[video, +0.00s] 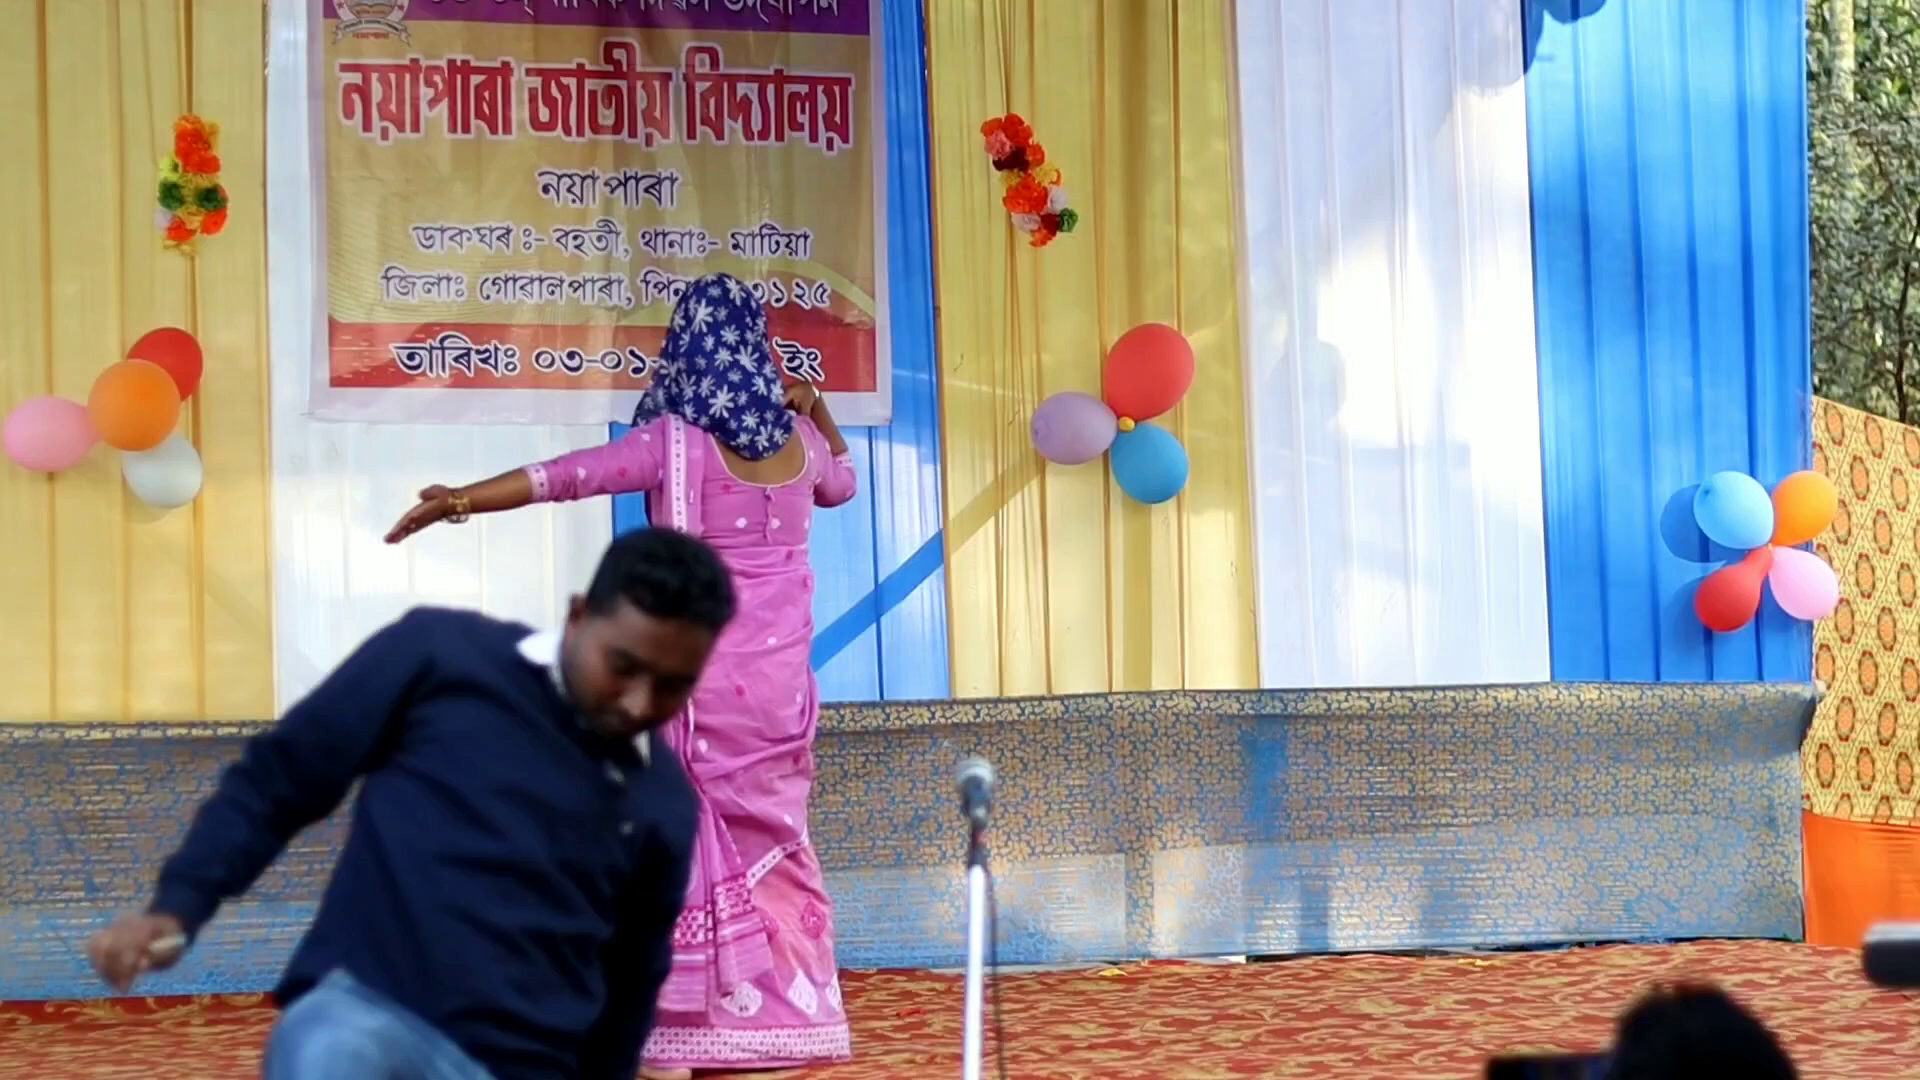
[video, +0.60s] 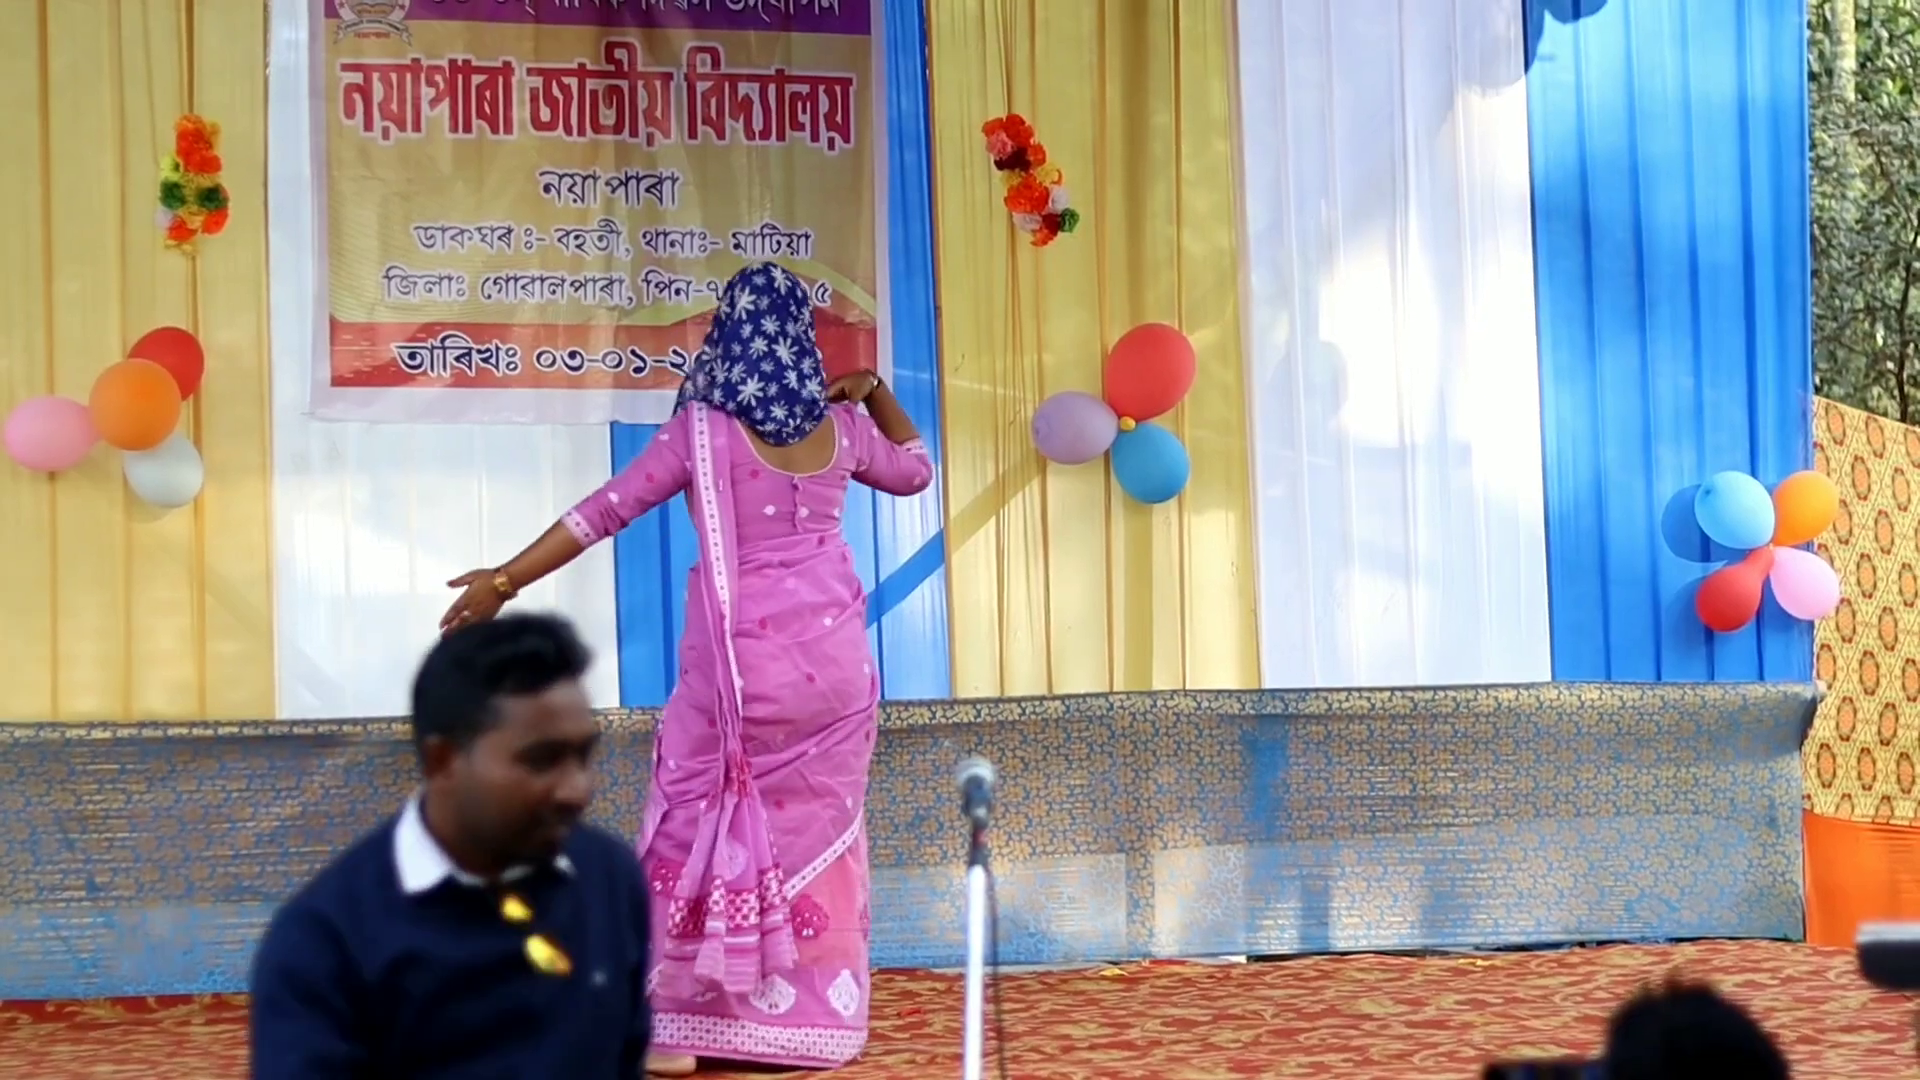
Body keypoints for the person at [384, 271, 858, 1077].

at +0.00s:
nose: (666, 362)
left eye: (672, 349)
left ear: (681, 355)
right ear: (756, 353)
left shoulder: (670, 443)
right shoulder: (796, 444)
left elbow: (564, 476)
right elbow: (841, 486)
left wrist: (462, 498)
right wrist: (816, 414)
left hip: (701, 670)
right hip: (784, 673)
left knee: (690, 841)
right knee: (781, 837)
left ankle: (702, 1019)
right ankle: (799, 1010)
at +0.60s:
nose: (707, 340)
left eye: (716, 329)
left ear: (726, 340)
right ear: (803, 340)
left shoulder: (702, 429)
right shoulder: (839, 428)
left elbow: (609, 508)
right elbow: (914, 474)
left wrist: (506, 579)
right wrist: (878, 395)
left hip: (737, 663)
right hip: (835, 659)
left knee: (697, 817)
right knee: (822, 827)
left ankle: (698, 1015)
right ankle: (810, 1018)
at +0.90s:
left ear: (730, 377)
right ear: (818, 383)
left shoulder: (687, 458)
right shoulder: (841, 474)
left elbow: (616, 538)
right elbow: (940, 544)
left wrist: (574, 520)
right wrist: (969, 479)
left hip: (726, 677)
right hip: (828, 675)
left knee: (736, 834)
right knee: (821, 840)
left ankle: (736, 1015)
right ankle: (814, 1023)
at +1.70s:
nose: (614, 356)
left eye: (620, 345)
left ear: (627, 358)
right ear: (706, 351)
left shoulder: (611, 444)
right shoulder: (751, 447)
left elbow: (518, 517)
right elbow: (814, 548)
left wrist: (522, 437)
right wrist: (891, 551)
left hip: (652, 677)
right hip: (750, 673)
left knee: (601, 822)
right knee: (753, 833)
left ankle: (601, 1014)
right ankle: (762, 1018)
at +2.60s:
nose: (610, 367)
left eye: (612, 353)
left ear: (617, 361)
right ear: (699, 360)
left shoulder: (599, 450)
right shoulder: (738, 452)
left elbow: (547, 534)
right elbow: (829, 541)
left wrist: (642, 597)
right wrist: (849, 642)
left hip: (668, 682)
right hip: (768, 676)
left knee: (606, 836)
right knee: (779, 839)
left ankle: (570, 1034)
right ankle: (809, 1018)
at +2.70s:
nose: (627, 363)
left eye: (627, 349)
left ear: (627, 358)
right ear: (708, 354)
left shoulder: (613, 451)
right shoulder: (754, 441)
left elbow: (564, 550)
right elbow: (850, 515)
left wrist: (630, 640)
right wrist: (831, 619)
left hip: (654, 674)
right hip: (757, 673)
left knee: (612, 839)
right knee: (764, 835)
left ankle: (596, 1032)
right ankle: (780, 1021)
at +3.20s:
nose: (707, 359)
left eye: (713, 346)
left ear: (719, 355)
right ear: (802, 353)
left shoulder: (700, 440)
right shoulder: (841, 440)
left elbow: (635, 527)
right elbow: (922, 534)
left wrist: (702, 609)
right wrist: (982, 620)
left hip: (772, 665)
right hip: (865, 659)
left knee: (696, 825)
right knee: (875, 825)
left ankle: (651, 1015)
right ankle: (912, 1010)